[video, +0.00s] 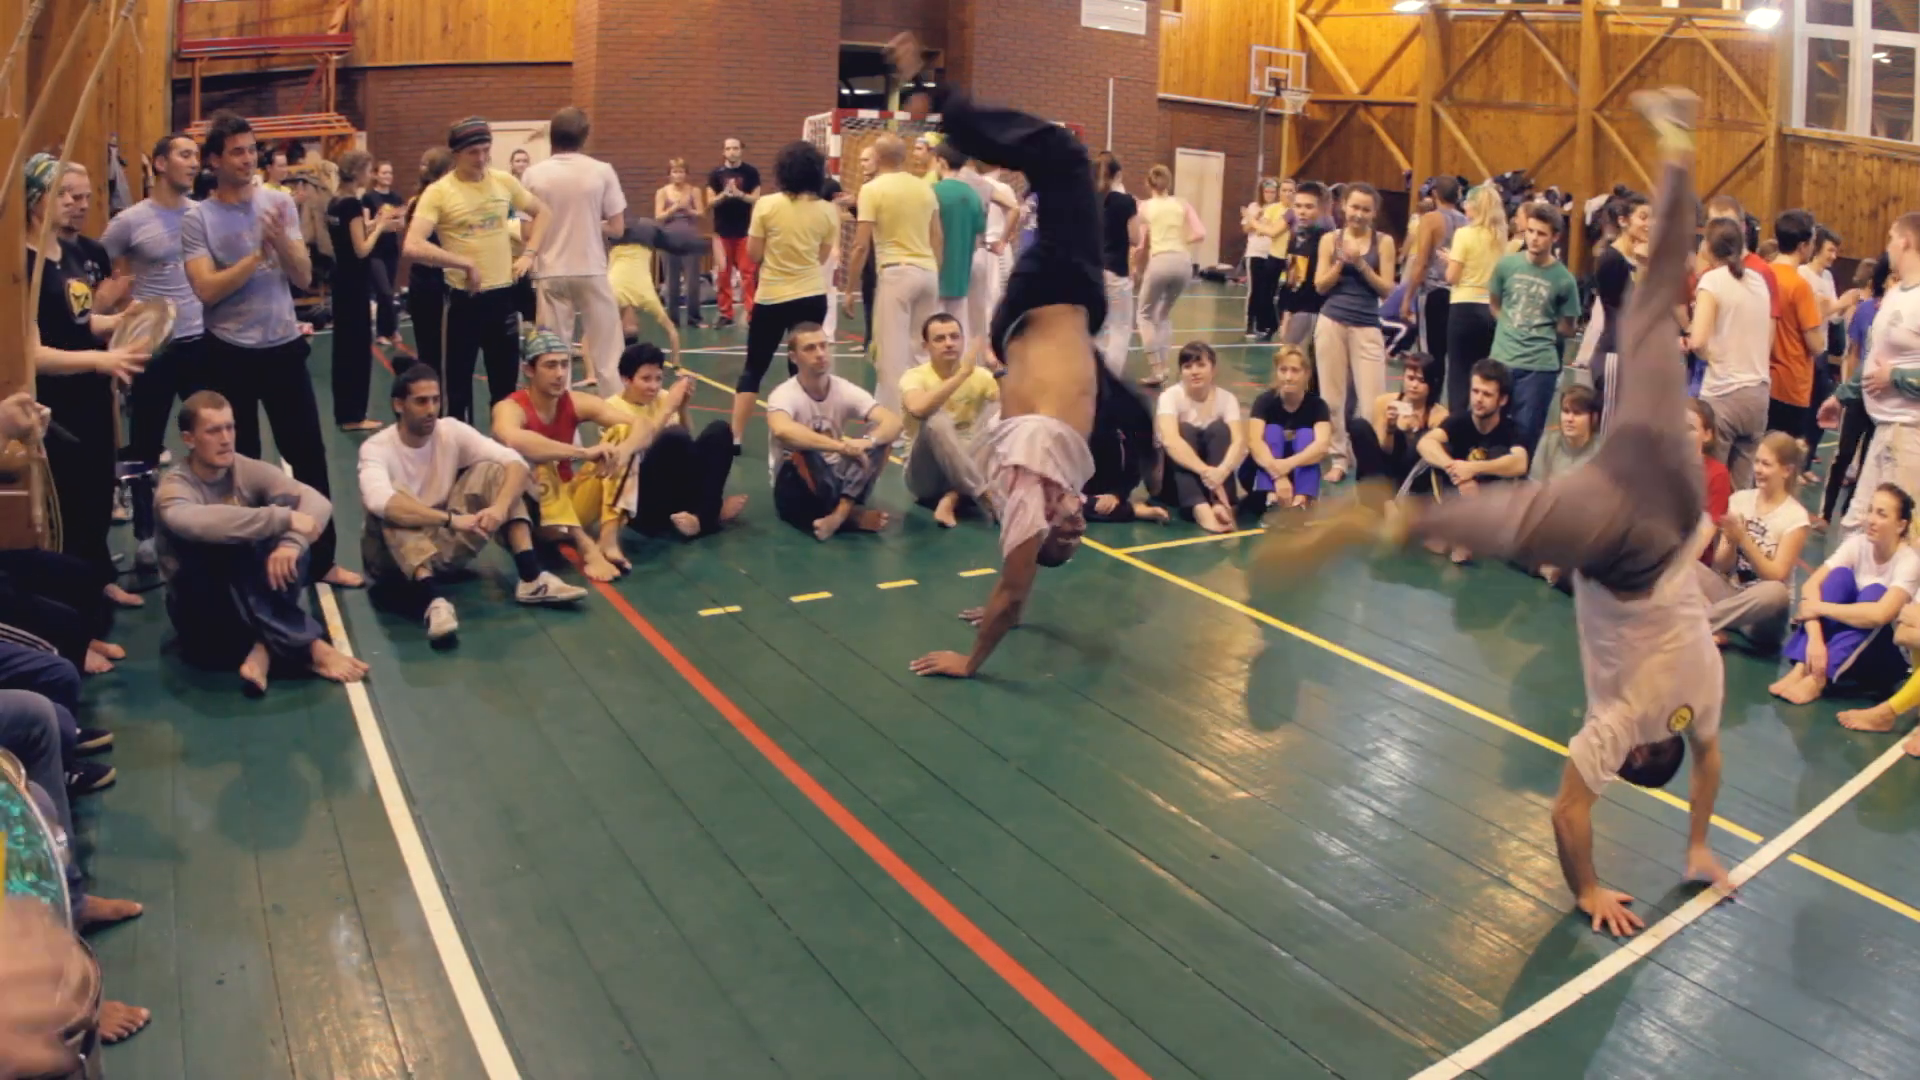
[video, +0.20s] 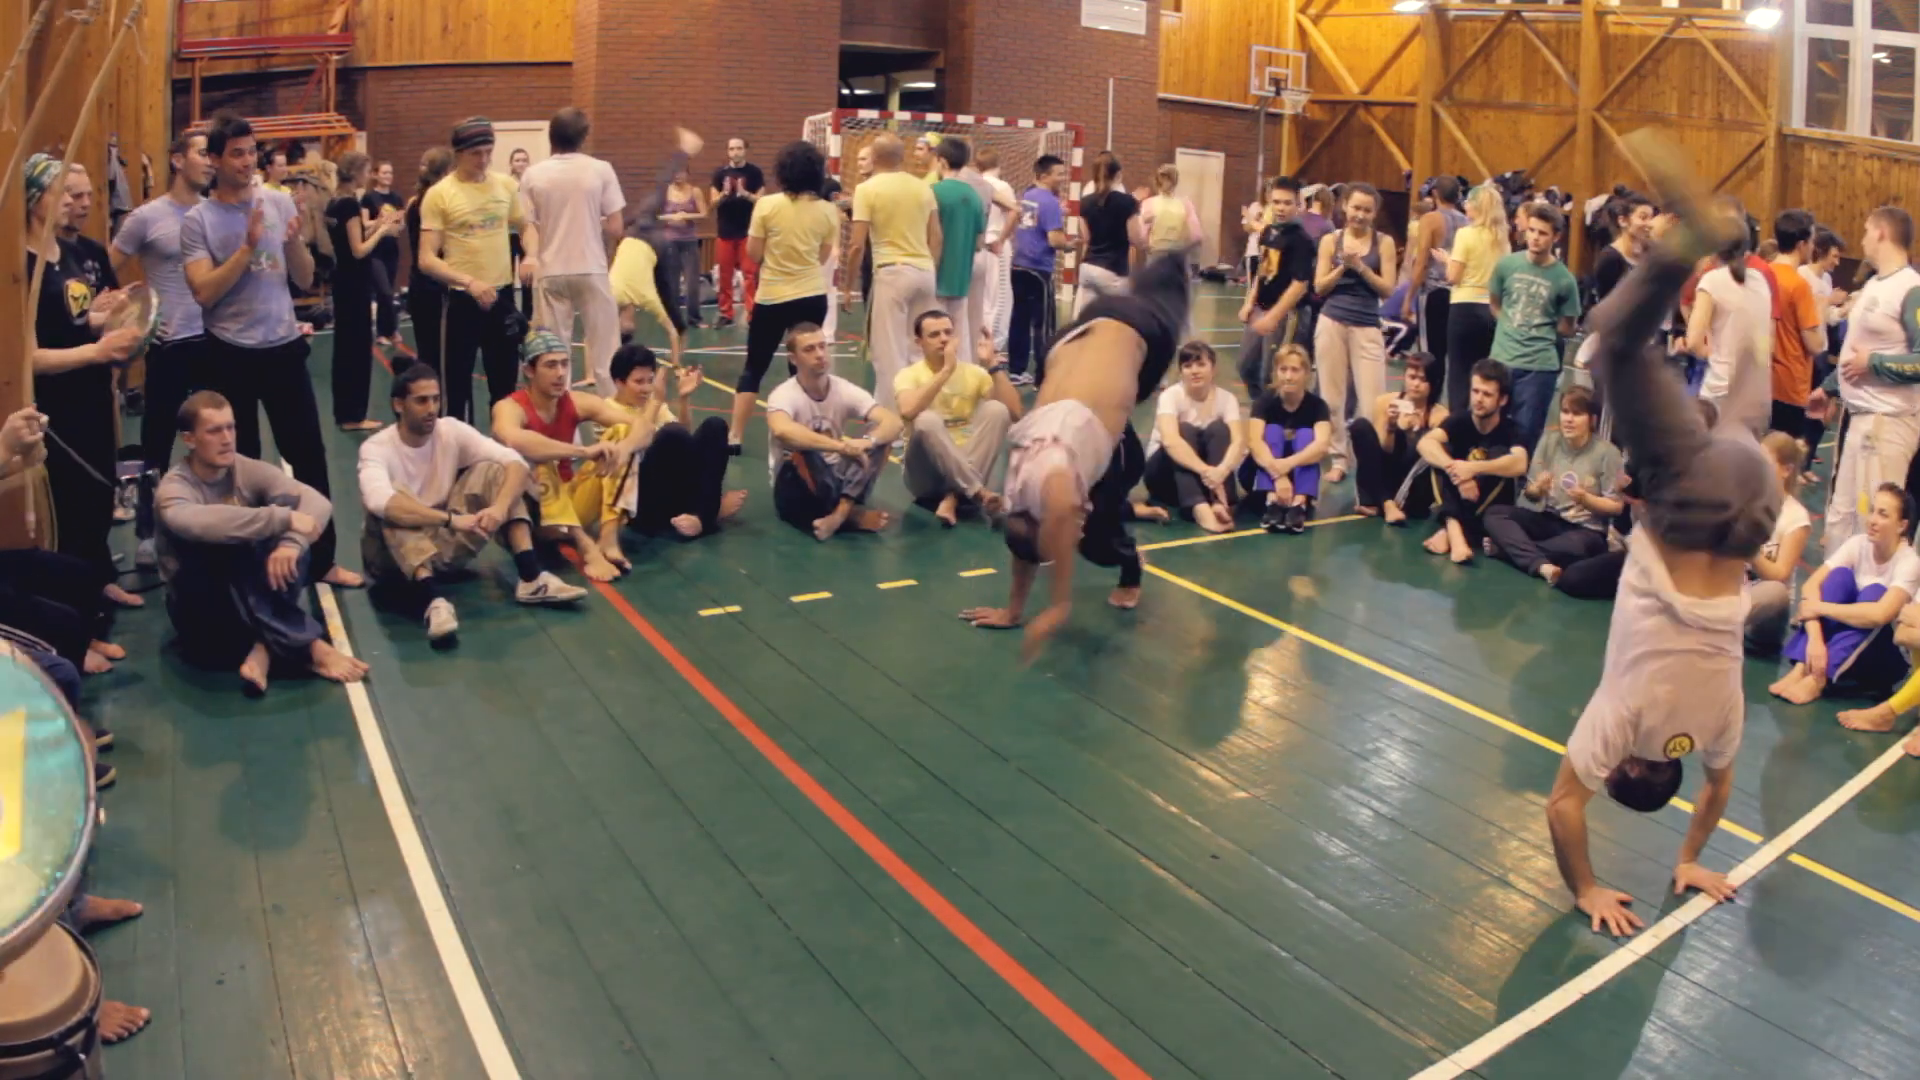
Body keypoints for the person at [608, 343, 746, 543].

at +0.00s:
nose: (653, 386)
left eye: (658, 379)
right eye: (646, 379)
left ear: (663, 378)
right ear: (627, 380)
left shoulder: (664, 399)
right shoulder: (612, 409)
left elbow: (686, 442)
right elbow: (637, 447)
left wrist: (683, 409)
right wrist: (669, 407)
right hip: (643, 512)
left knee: (720, 430)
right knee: (674, 439)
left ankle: (700, 518)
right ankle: (714, 511)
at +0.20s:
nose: (647, 388)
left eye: (651, 381)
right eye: (639, 382)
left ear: (655, 380)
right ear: (619, 382)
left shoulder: (655, 406)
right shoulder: (606, 413)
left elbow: (684, 436)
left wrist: (683, 399)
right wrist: (657, 400)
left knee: (715, 425)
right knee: (673, 436)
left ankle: (701, 516)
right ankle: (712, 508)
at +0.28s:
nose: (645, 387)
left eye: (649, 379)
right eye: (637, 380)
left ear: (654, 379)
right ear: (616, 383)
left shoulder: (653, 407)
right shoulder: (605, 417)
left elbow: (682, 443)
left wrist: (676, 403)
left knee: (715, 425)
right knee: (673, 435)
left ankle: (699, 514)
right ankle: (712, 509)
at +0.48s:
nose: (639, 380)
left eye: (642, 372)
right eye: (630, 374)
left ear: (647, 373)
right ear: (612, 383)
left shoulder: (656, 403)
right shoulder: (603, 424)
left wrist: (673, 419)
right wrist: (718, 507)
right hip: (646, 514)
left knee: (718, 427)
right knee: (676, 436)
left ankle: (702, 515)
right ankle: (714, 510)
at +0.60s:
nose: (638, 376)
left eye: (640, 368)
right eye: (628, 373)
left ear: (645, 369)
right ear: (612, 384)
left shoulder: (658, 403)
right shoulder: (604, 420)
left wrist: (678, 417)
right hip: (646, 512)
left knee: (719, 428)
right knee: (677, 438)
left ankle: (701, 516)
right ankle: (718, 514)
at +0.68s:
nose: (639, 376)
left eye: (640, 368)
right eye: (629, 372)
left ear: (646, 368)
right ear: (612, 384)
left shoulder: (659, 402)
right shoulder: (606, 420)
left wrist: (674, 419)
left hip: (682, 504)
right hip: (646, 511)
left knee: (721, 429)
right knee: (677, 438)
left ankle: (702, 516)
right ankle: (718, 513)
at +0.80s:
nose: (640, 375)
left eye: (642, 368)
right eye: (631, 373)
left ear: (647, 368)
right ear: (615, 384)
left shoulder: (660, 401)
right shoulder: (608, 419)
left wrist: (670, 421)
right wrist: (662, 426)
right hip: (646, 512)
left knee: (724, 430)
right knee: (676, 439)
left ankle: (701, 515)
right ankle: (719, 513)